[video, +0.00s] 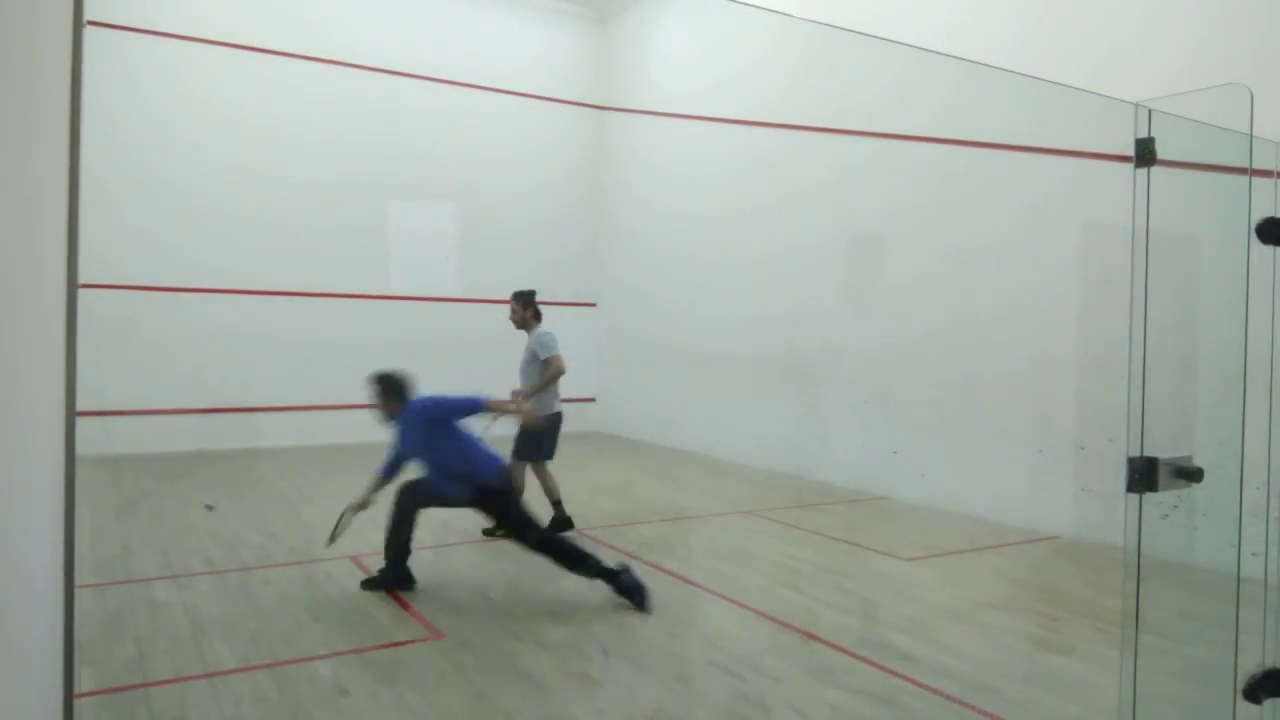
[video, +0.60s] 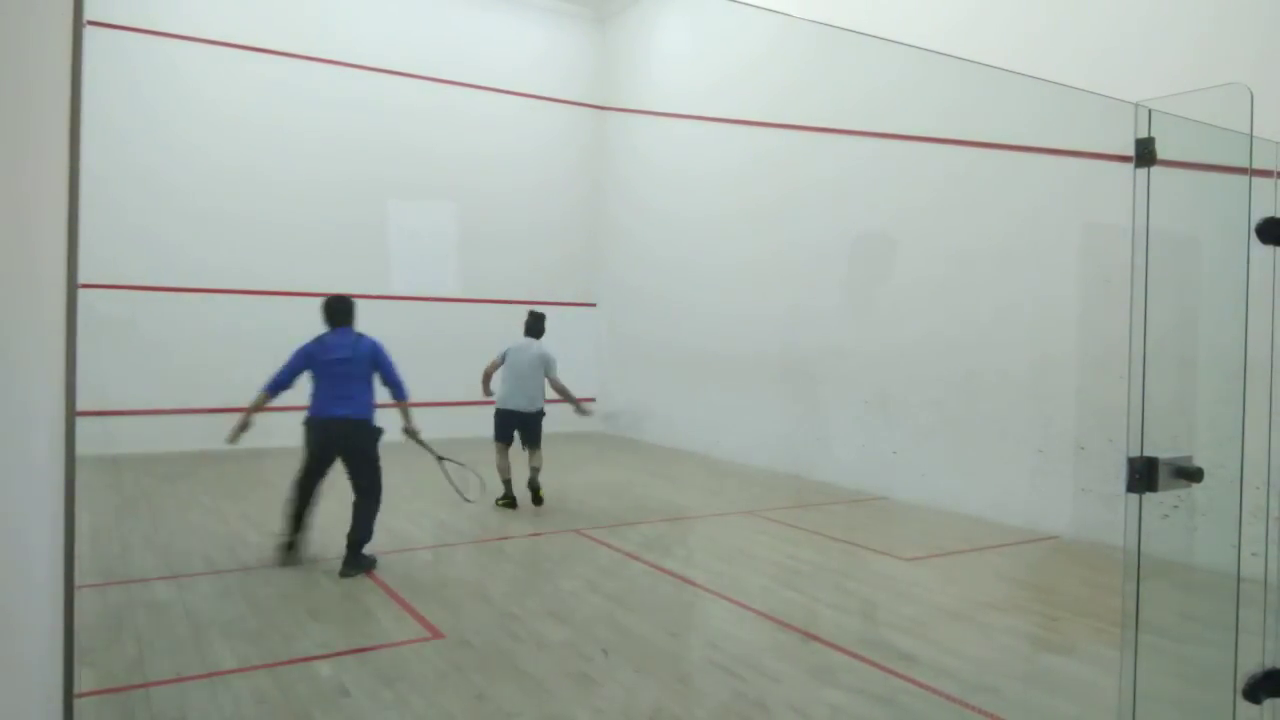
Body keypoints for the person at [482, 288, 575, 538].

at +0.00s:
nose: (511, 317)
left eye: (514, 312)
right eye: (511, 312)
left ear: (530, 312)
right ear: (528, 313)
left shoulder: (542, 337)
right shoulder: (535, 339)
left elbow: (557, 367)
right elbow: (544, 374)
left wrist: (528, 392)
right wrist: (522, 396)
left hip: (540, 414)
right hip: (541, 413)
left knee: (517, 463)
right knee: (538, 463)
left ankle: (508, 520)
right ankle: (560, 515)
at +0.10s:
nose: (496, 316)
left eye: (498, 311)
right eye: (496, 311)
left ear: (512, 311)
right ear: (516, 312)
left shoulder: (520, 336)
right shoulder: (536, 338)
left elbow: (530, 365)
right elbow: (546, 375)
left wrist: (502, 390)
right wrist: (519, 393)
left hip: (517, 413)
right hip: (535, 413)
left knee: (486, 457)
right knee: (524, 460)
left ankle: (500, 511)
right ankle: (545, 513)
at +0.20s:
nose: (492, 324)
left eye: (494, 320)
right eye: (493, 320)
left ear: (500, 322)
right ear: (516, 321)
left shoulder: (500, 345)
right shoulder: (532, 348)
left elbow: (502, 377)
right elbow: (545, 386)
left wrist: (487, 404)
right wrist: (540, 412)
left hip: (505, 420)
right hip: (532, 420)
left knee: (480, 467)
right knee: (521, 464)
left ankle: (476, 525)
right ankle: (540, 508)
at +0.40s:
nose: (512, 318)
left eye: (511, 315)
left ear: (512, 317)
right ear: (532, 318)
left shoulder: (502, 342)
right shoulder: (543, 344)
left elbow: (486, 374)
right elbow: (553, 378)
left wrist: (489, 399)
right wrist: (555, 407)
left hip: (505, 414)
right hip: (535, 414)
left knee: (489, 459)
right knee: (535, 461)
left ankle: (491, 510)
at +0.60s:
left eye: (528, 326)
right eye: (541, 328)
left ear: (525, 329)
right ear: (542, 332)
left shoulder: (511, 349)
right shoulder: (544, 355)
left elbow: (488, 371)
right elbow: (556, 386)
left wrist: (486, 389)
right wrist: (576, 404)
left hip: (506, 409)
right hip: (532, 411)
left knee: (501, 450)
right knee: (534, 448)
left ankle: (508, 494)